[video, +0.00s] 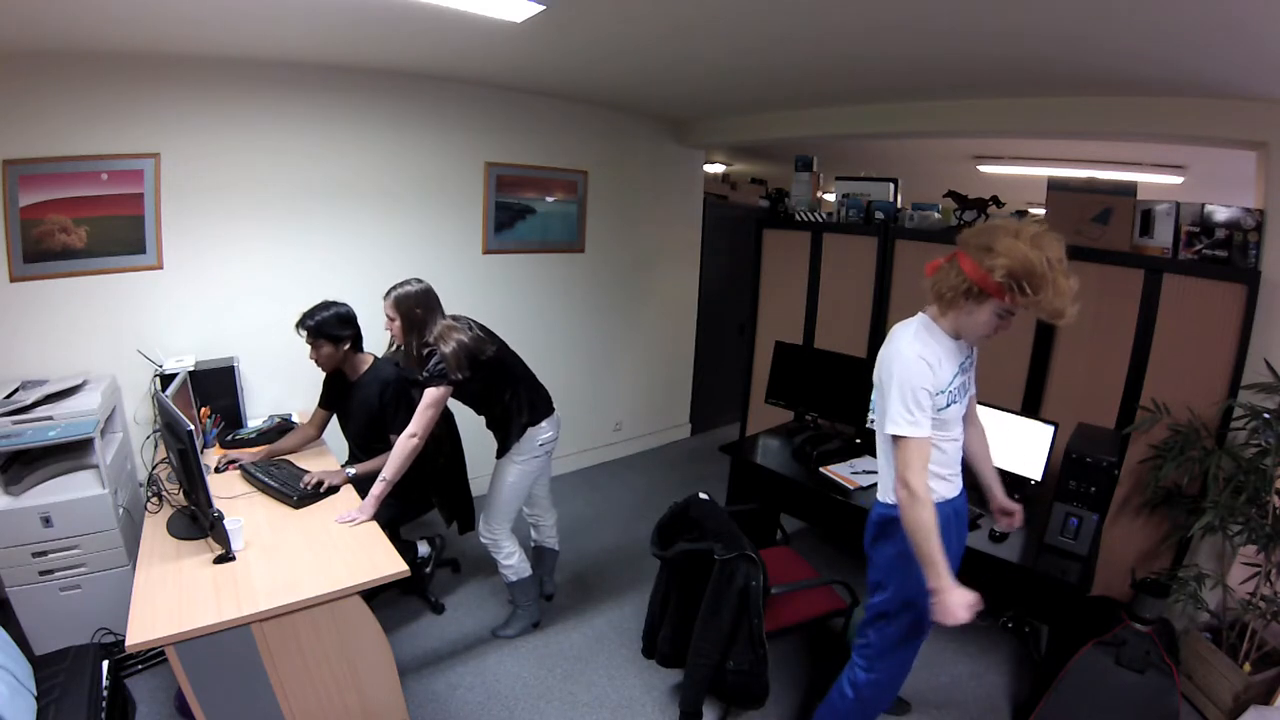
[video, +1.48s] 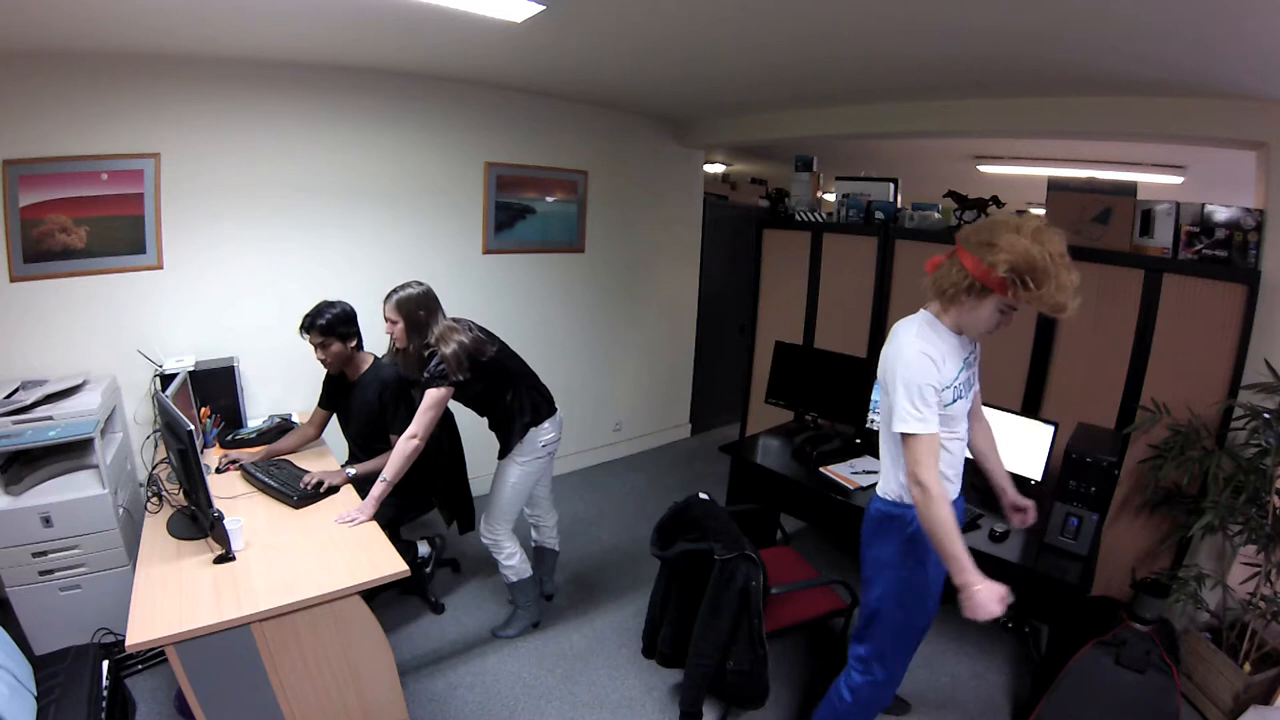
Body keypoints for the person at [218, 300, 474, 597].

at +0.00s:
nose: (312, 355)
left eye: (317, 346)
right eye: (311, 346)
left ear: (343, 344)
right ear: (336, 346)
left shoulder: (389, 381)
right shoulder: (337, 377)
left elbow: (405, 449)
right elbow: (312, 429)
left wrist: (347, 473)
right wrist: (259, 453)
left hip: (413, 477)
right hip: (371, 471)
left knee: (351, 531)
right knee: (321, 514)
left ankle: (418, 554)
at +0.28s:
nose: (311, 355)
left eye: (316, 346)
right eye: (310, 346)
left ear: (343, 344)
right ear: (339, 345)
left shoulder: (389, 381)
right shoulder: (337, 377)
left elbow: (404, 450)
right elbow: (312, 428)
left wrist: (347, 473)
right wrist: (260, 453)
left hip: (411, 478)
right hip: (369, 471)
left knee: (348, 532)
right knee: (319, 514)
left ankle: (418, 553)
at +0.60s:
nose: (311, 355)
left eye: (316, 346)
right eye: (310, 346)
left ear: (342, 344)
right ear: (338, 345)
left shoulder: (388, 381)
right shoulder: (337, 377)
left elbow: (404, 450)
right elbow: (312, 428)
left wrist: (347, 473)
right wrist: (260, 453)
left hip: (411, 478)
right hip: (369, 471)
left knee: (348, 532)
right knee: (319, 514)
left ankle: (418, 553)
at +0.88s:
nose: (313, 355)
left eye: (318, 346)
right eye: (312, 347)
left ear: (346, 342)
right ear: (342, 344)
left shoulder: (388, 379)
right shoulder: (337, 377)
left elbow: (404, 450)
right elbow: (312, 428)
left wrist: (347, 473)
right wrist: (260, 453)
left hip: (412, 476)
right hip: (369, 471)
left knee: (351, 532)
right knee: (320, 515)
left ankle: (418, 554)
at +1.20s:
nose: (318, 356)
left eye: (323, 347)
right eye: (314, 348)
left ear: (350, 341)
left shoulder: (389, 379)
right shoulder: (337, 377)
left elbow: (404, 450)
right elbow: (312, 428)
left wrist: (347, 473)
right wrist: (259, 453)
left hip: (410, 477)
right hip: (368, 471)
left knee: (351, 533)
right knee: (320, 515)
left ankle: (419, 554)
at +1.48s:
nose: (318, 356)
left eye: (324, 347)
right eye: (315, 348)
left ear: (350, 341)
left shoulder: (388, 380)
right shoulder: (337, 376)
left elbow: (405, 450)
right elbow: (312, 428)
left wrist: (346, 473)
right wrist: (259, 454)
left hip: (408, 479)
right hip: (367, 472)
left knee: (350, 535)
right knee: (319, 516)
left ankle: (418, 555)